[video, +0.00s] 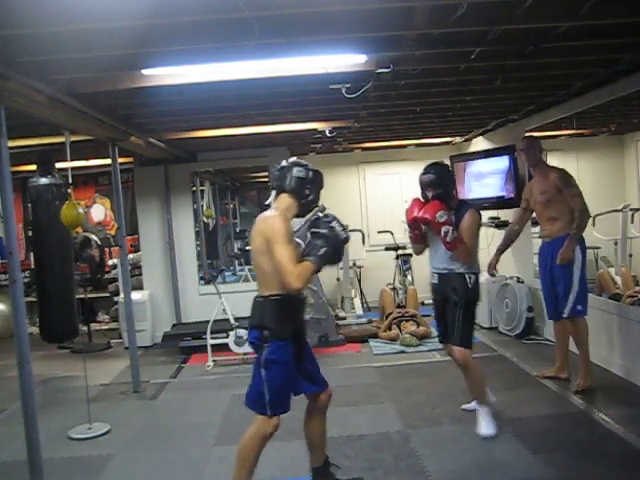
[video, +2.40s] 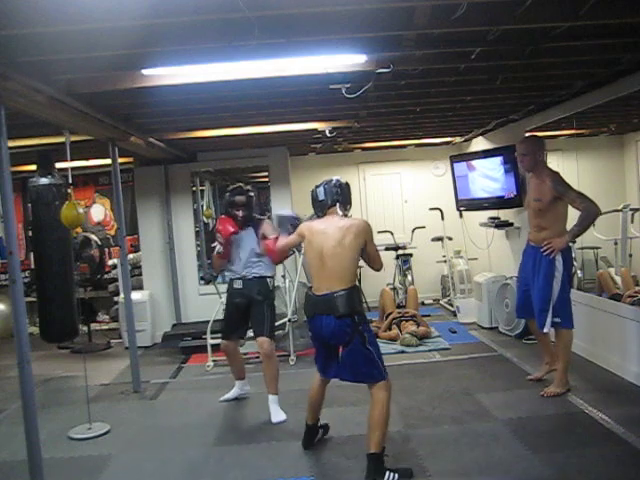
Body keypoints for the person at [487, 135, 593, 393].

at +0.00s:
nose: (524, 156)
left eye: (528, 150)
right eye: (522, 151)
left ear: (540, 151)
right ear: (521, 155)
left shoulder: (559, 176)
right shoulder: (529, 188)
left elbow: (583, 212)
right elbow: (517, 224)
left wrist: (571, 244)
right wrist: (498, 253)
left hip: (569, 246)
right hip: (547, 248)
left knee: (572, 312)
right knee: (556, 313)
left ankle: (585, 372)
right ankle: (560, 367)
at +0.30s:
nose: (537, 154)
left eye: (541, 149)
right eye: (535, 150)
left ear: (553, 151)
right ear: (534, 155)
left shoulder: (569, 177)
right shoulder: (538, 186)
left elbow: (588, 217)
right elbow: (538, 225)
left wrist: (570, 250)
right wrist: (522, 254)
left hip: (574, 250)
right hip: (549, 251)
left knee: (584, 312)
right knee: (557, 313)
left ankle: (597, 368)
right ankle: (561, 367)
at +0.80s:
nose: (548, 154)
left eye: (551, 150)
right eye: (546, 150)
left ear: (565, 149)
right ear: (551, 152)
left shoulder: (580, 176)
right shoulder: (558, 177)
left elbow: (611, 212)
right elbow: (566, 214)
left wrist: (583, 245)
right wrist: (556, 237)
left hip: (581, 251)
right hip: (559, 249)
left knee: (590, 312)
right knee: (559, 309)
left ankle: (597, 370)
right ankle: (563, 363)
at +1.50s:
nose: (518, 160)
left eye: (522, 155)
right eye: (516, 157)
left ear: (537, 153)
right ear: (519, 159)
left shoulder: (556, 176)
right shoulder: (531, 180)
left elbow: (593, 191)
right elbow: (541, 207)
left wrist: (572, 225)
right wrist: (537, 226)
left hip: (559, 248)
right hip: (538, 249)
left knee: (562, 313)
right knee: (551, 311)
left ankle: (590, 357)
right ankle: (564, 365)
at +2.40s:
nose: (519, 160)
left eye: (524, 155)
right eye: (518, 155)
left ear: (540, 155)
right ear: (519, 157)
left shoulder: (553, 180)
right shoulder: (529, 179)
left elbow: (591, 210)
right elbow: (537, 212)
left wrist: (566, 238)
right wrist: (533, 237)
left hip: (554, 255)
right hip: (531, 253)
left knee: (559, 315)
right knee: (528, 310)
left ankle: (562, 379)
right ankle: (550, 358)